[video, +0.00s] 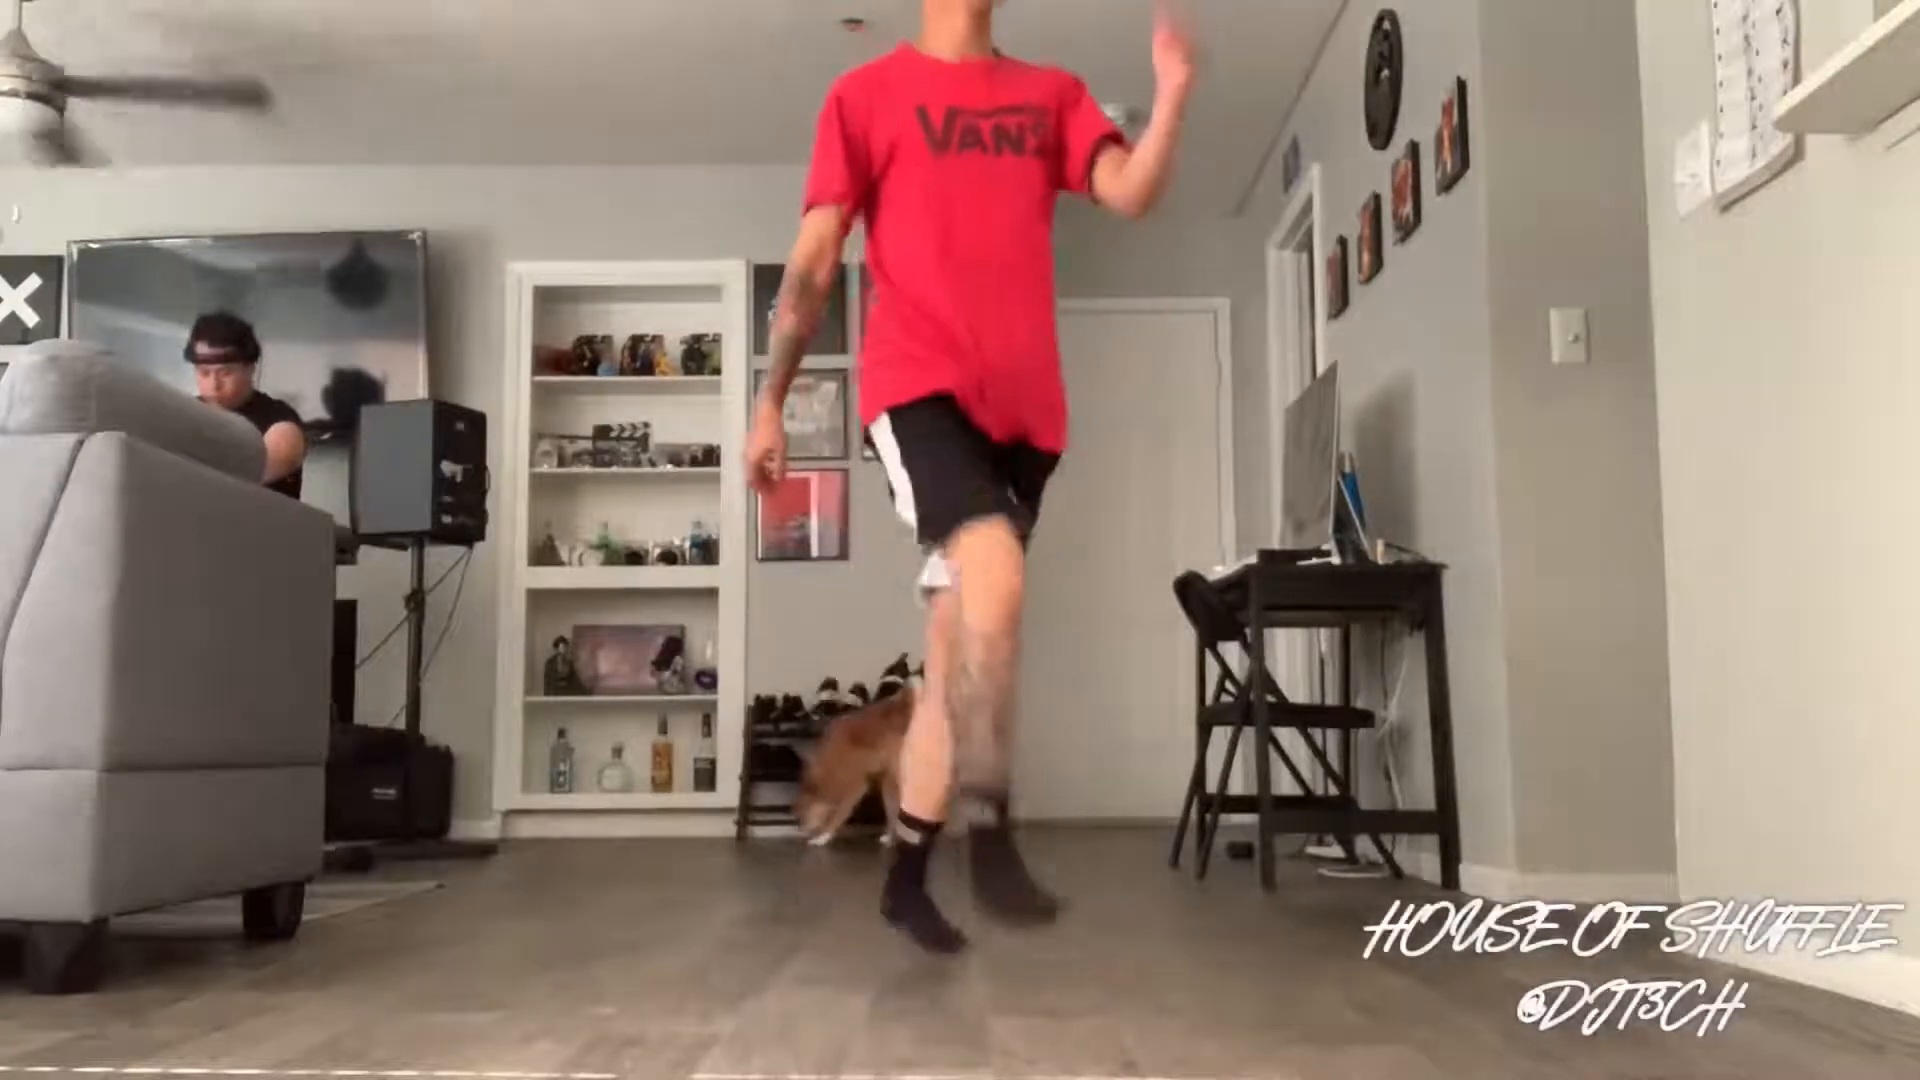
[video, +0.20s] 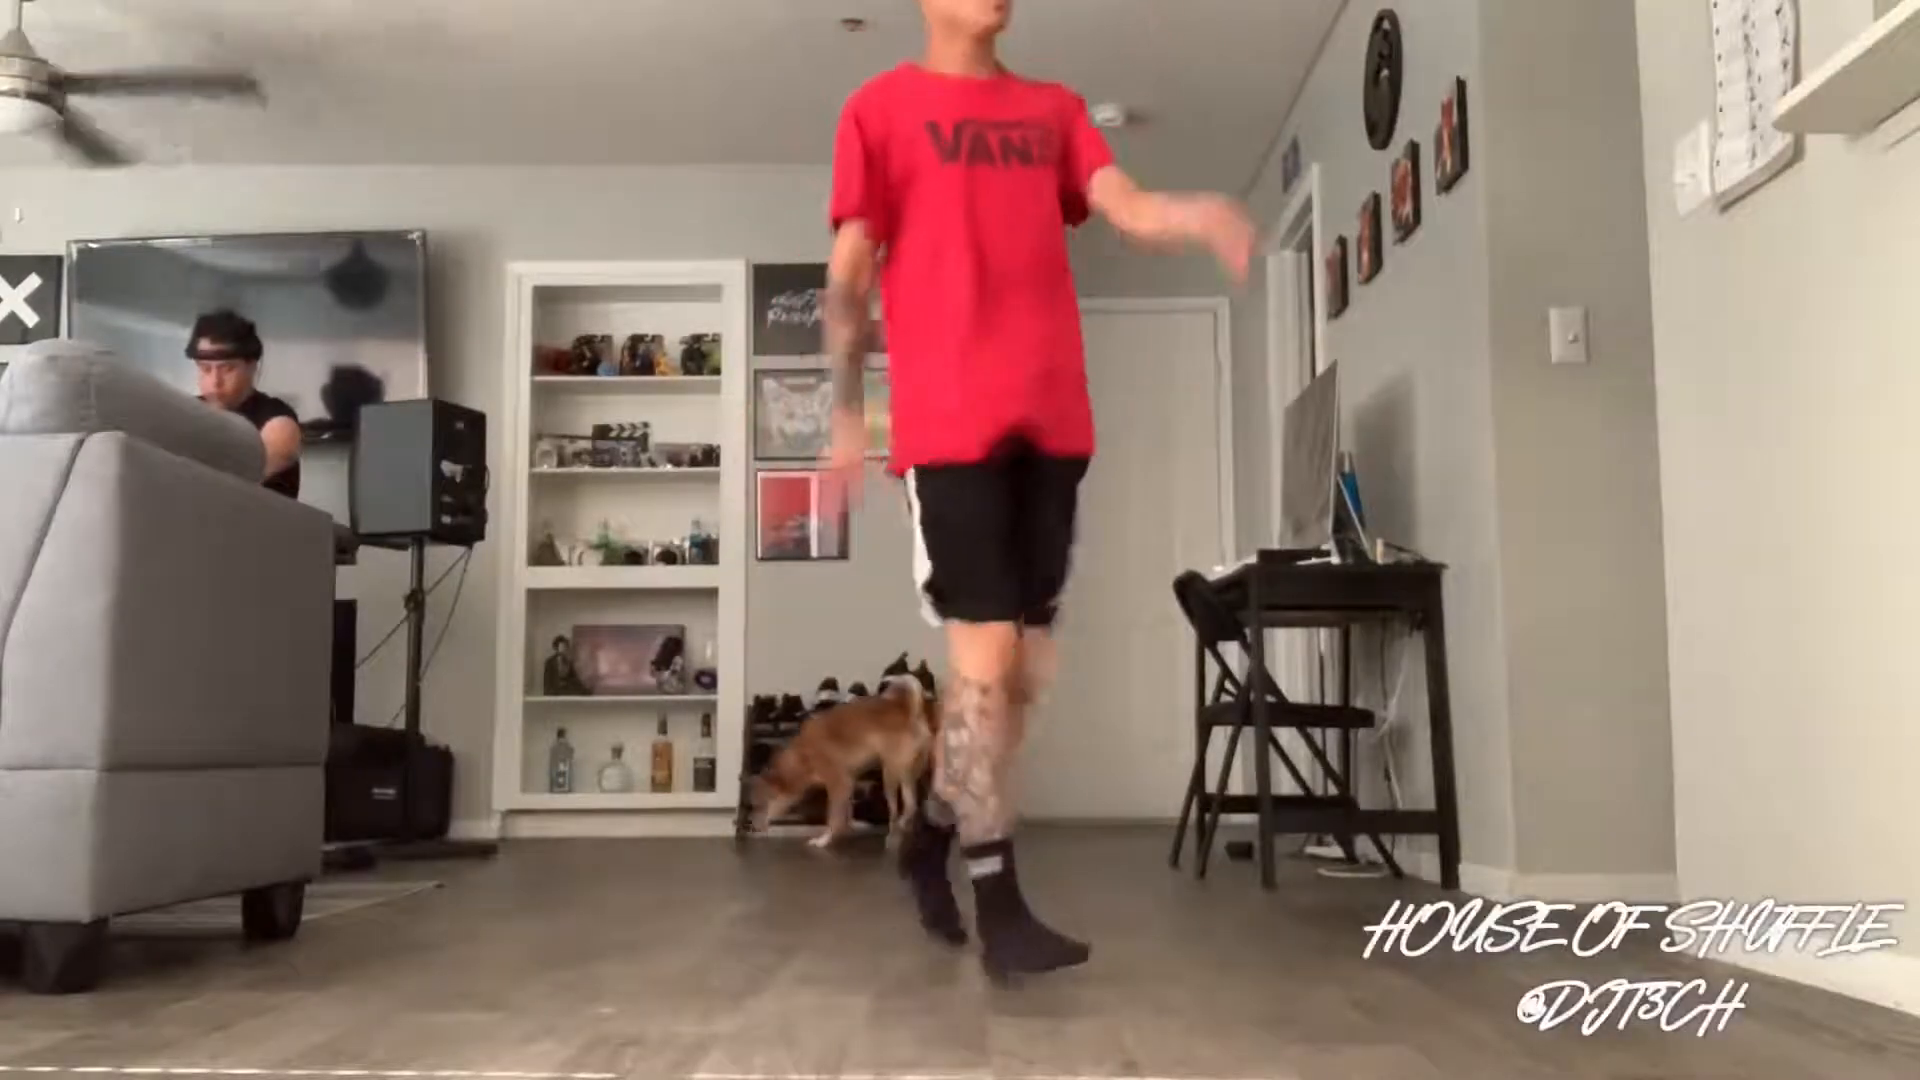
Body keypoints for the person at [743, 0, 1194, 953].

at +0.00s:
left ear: (983, 1)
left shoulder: (1051, 92)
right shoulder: (864, 95)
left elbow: (1129, 191)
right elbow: (812, 265)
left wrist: (1170, 98)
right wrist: (769, 404)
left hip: (1023, 392)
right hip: (914, 381)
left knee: (959, 642)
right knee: (994, 579)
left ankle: (906, 875)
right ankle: (990, 828)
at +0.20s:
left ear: (1009, 8)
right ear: (930, 4)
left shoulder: (1051, 104)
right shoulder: (879, 108)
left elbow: (1130, 209)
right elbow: (848, 278)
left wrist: (1203, 212)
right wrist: (845, 412)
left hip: (1053, 411)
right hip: (948, 416)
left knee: (1025, 672)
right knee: (983, 663)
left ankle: (928, 835)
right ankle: (1001, 915)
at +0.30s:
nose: (1013, 2)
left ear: (1022, 16)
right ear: (939, 7)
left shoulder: (1056, 132)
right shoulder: (895, 116)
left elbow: (1098, 277)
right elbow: (878, 277)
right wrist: (970, 326)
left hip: (1054, 413)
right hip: (950, 418)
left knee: (1102, 607)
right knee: (976, 667)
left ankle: (983, 718)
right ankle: (937, 906)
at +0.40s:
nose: (1037, 3)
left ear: (1028, 20)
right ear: (959, 5)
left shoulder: (1049, 133)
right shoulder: (917, 100)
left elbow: (1041, 253)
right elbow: (923, 232)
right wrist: (1048, 204)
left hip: (1059, 399)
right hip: (965, 420)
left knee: (1141, 543)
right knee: (989, 672)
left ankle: (1064, 735)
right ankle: (951, 902)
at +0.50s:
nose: (1050, 19)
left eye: (1050, 5)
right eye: (1030, 2)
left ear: (1036, 23)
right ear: (966, 12)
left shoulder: (1024, 131)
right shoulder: (929, 88)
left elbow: (1030, 290)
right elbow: (938, 145)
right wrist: (1072, 91)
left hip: (1087, 411)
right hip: (988, 425)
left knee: (1137, 611)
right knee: (1033, 675)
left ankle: (1116, 875)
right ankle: (1042, 871)